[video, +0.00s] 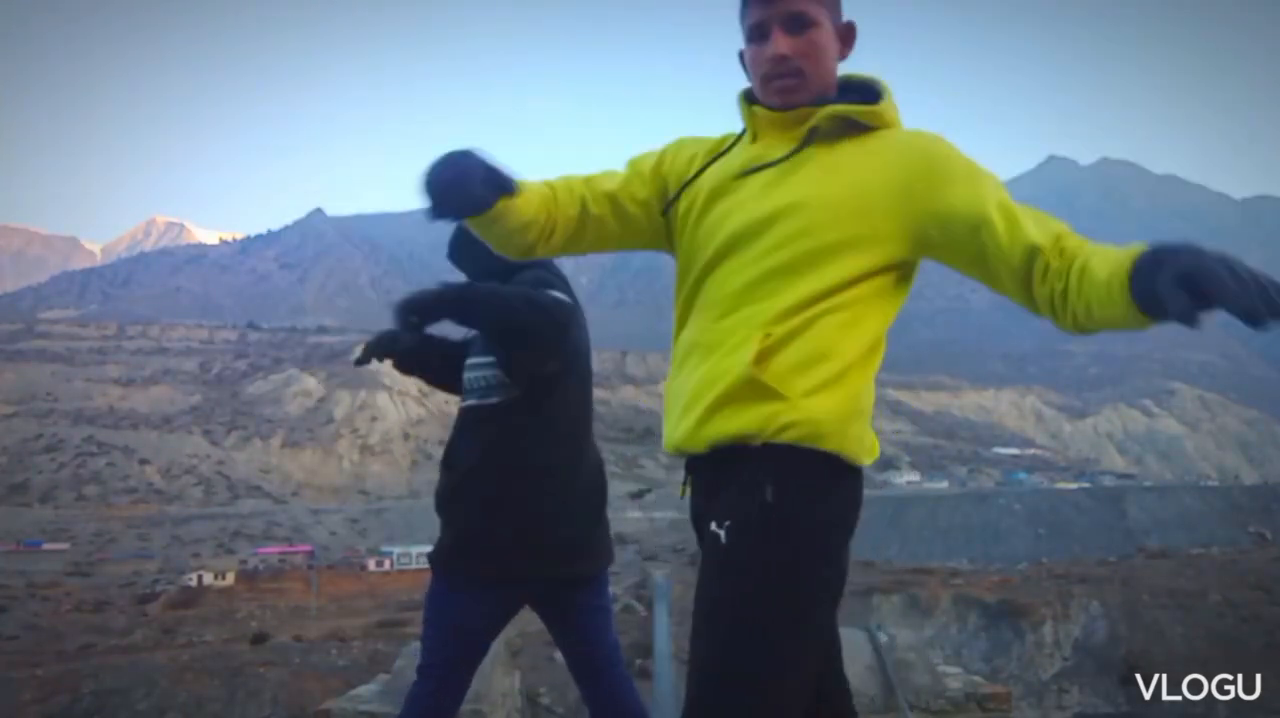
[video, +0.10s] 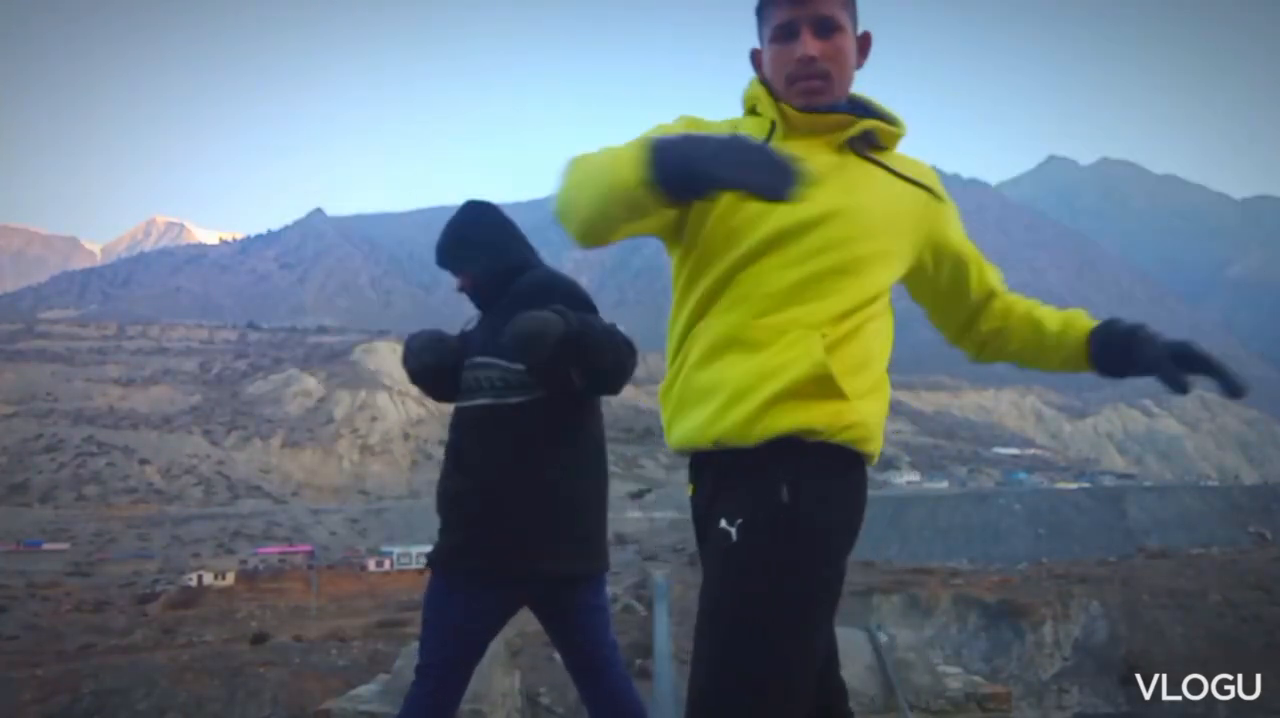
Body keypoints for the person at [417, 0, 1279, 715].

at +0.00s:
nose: (778, 46)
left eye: (799, 27)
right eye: (761, 31)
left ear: (842, 39)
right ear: (741, 48)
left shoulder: (903, 161)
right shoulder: (698, 167)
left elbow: (1045, 263)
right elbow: (581, 212)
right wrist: (493, 203)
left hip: (801, 456)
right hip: (712, 458)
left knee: (728, 692)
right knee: (804, 691)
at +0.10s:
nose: (807, 50)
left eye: (824, 31)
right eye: (785, 34)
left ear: (857, 46)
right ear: (759, 54)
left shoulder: (908, 187)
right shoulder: (703, 149)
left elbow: (983, 314)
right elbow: (578, 211)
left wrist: (1113, 345)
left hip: (829, 441)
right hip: (720, 438)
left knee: (735, 681)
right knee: (800, 681)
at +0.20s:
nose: (816, 50)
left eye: (834, 30)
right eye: (794, 35)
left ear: (865, 50)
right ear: (766, 60)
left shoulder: (887, 181)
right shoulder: (718, 128)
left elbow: (913, 321)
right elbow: (708, 199)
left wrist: (1030, 364)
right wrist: (905, 196)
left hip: (839, 455)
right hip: (743, 454)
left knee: (752, 687)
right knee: (796, 684)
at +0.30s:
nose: (815, 50)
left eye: (832, 30)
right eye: (792, 36)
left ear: (863, 49)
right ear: (764, 60)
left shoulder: (889, 181)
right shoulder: (717, 126)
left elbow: (914, 324)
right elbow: (727, 208)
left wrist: (1033, 365)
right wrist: (925, 214)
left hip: (843, 454)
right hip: (745, 452)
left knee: (767, 681)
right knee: (791, 682)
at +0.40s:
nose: (802, 52)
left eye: (820, 32)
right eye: (781, 39)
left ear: (856, 47)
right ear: (757, 61)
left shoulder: (905, 185)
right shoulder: (712, 144)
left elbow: (976, 320)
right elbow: (624, 233)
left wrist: (1108, 350)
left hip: (838, 449)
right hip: (729, 446)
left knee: (764, 684)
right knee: (793, 683)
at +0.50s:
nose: (786, 52)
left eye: (806, 33)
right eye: (769, 38)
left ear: (849, 47)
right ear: (747, 59)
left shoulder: (911, 177)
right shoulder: (698, 168)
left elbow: (1048, 293)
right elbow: (570, 258)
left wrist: (1182, 307)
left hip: (825, 444)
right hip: (718, 445)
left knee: (751, 680)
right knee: (787, 683)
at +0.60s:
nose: (767, 47)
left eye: (791, 31)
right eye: (753, 34)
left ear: (839, 42)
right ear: (739, 53)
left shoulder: (891, 146)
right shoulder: (706, 179)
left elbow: (999, 209)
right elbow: (583, 272)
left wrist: (1087, 240)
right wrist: (461, 258)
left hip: (812, 441)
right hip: (713, 448)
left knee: (759, 680)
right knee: (790, 682)